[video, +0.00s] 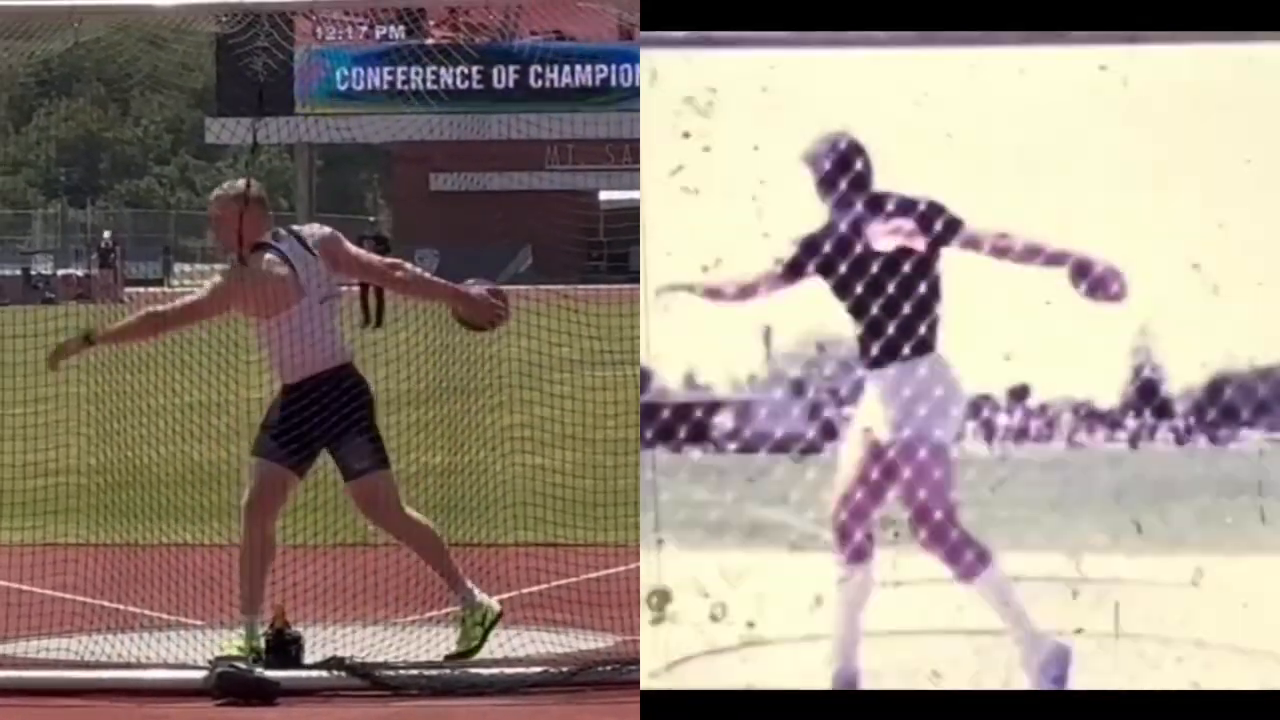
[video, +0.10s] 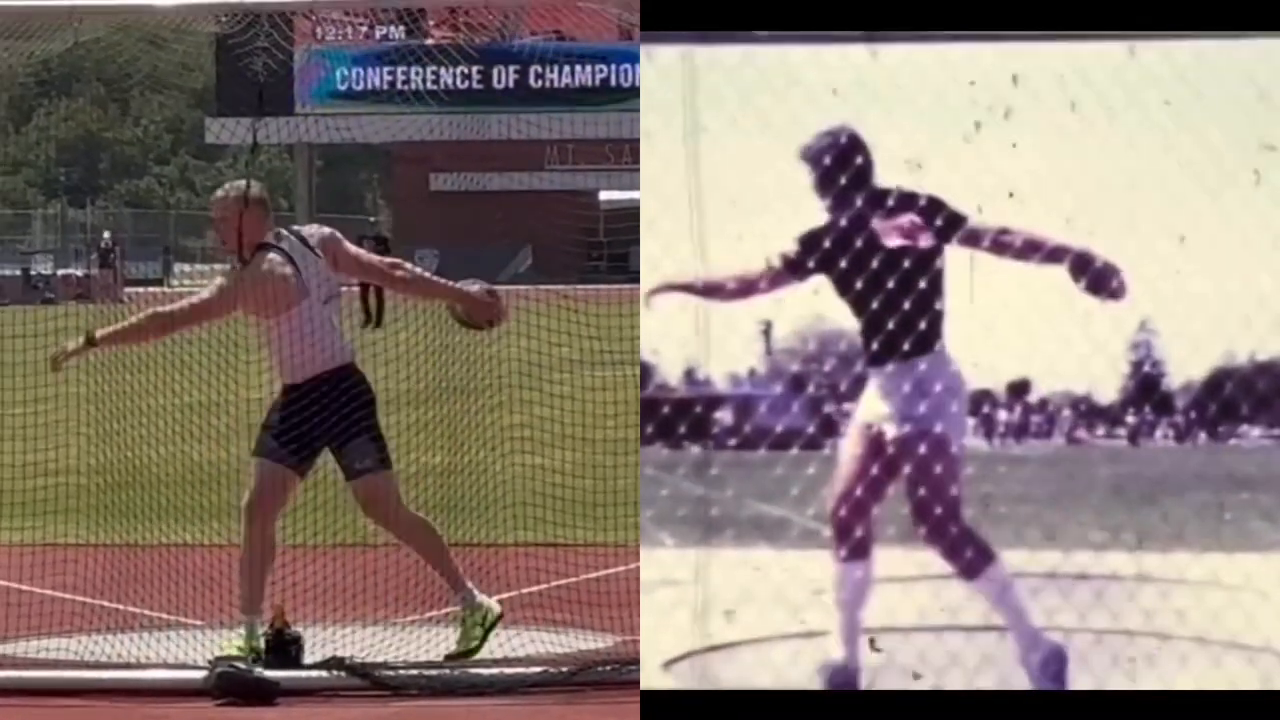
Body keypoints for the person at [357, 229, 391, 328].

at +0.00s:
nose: (372, 226)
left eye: (374, 223)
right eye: (370, 223)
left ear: (378, 224)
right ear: (366, 224)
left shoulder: (382, 239)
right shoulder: (362, 238)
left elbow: (387, 250)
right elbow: (356, 252)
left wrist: (375, 251)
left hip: (377, 270)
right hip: (364, 269)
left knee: (379, 296)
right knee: (363, 296)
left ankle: (378, 321)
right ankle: (366, 319)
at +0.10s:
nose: (373, 226)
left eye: (376, 222)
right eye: (370, 222)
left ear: (379, 224)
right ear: (366, 225)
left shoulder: (382, 239)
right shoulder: (361, 238)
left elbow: (387, 252)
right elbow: (356, 253)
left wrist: (374, 250)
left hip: (377, 272)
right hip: (364, 271)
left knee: (379, 296)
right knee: (363, 296)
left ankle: (378, 319)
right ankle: (367, 317)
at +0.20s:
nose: (373, 225)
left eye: (376, 221)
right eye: (370, 221)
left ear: (379, 224)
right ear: (366, 225)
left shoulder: (382, 240)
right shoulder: (361, 239)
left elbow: (387, 253)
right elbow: (357, 255)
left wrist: (374, 251)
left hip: (378, 272)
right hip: (364, 272)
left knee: (379, 296)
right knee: (364, 296)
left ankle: (379, 319)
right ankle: (368, 317)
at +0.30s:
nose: (372, 226)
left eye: (374, 223)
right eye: (370, 223)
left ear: (377, 224)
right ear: (367, 225)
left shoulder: (381, 239)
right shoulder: (360, 239)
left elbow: (387, 253)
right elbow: (356, 254)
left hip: (377, 272)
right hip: (363, 271)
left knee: (379, 297)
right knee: (363, 297)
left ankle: (378, 319)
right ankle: (368, 317)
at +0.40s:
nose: (372, 226)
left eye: (374, 222)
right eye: (370, 223)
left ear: (377, 224)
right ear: (366, 225)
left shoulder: (382, 239)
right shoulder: (360, 239)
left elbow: (387, 253)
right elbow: (356, 255)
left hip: (377, 272)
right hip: (363, 272)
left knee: (379, 297)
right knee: (364, 296)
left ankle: (378, 318)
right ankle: (368, 316)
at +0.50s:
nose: (372, 225)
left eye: (374, 222)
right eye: (370, 222)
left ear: (377, 224)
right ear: (366, 225)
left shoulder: (381, 239)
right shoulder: (360, 239)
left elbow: (387, 251)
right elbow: (357, 254)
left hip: (378, 271)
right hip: (363, 271)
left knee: (378, 296)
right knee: (364, 296)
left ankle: (378, 319)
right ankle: (368, 317)